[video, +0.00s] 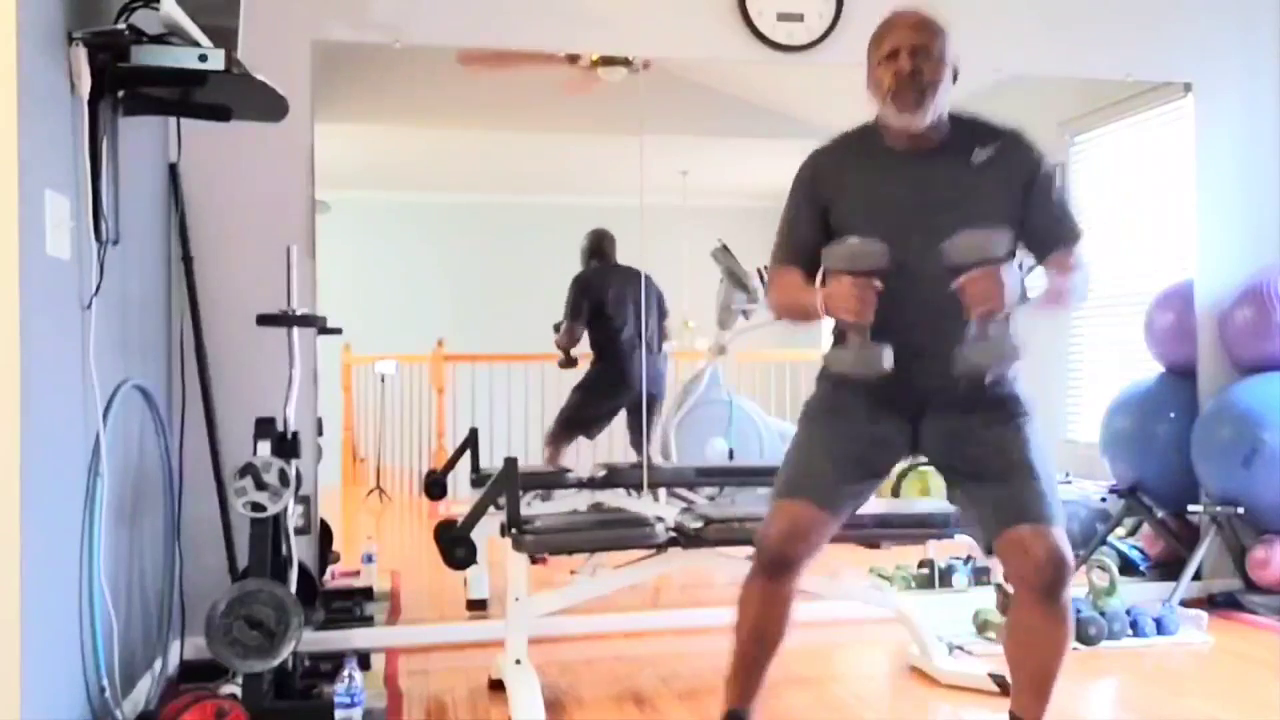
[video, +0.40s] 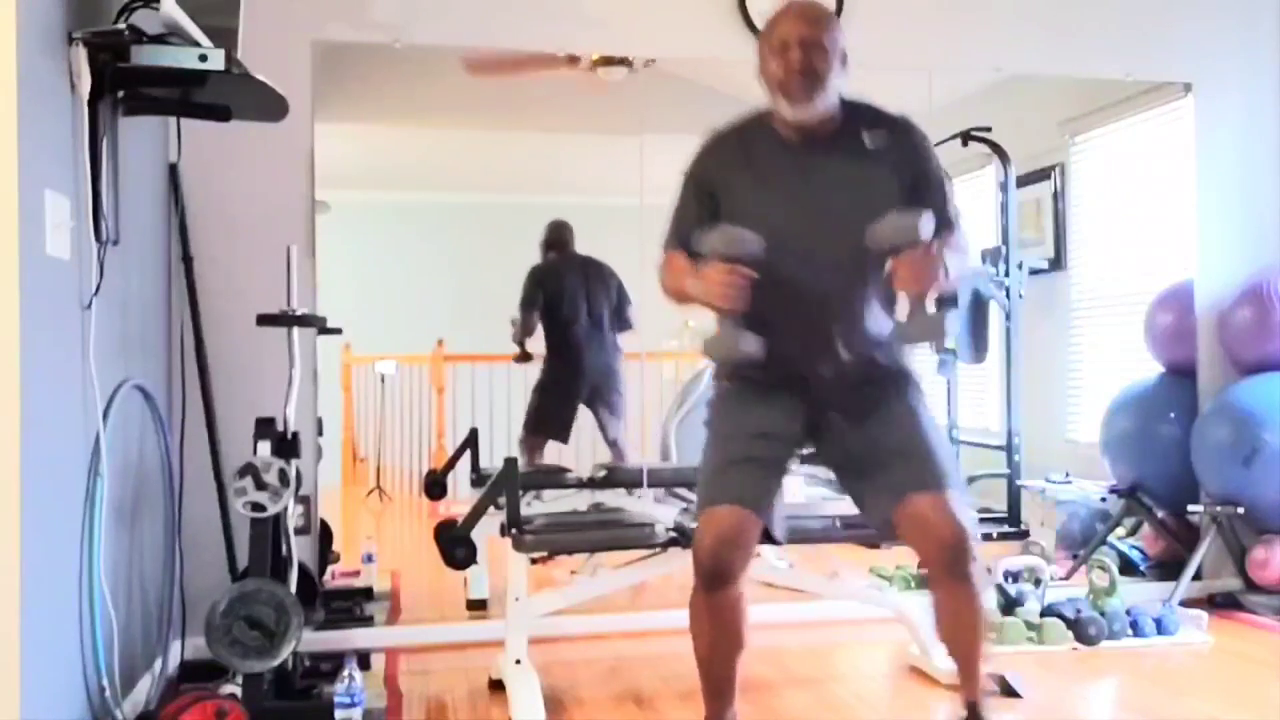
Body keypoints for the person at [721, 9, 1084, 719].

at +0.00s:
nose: (904, 66)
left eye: (921, 54)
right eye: (889, 56)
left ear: (951, 72)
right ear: (870, 76)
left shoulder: (1007, 157)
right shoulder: (828, 169)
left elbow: (1067, 272)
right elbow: (782, 289)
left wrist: (1018, 286)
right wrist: (822, 296)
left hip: (975, 399)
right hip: (859, 394)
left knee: (1045, 565)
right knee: (778, 547)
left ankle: (1027, 716)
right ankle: (736, 710)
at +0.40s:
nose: (796, 61)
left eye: (812, 46)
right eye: (781, 48)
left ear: (842, 56)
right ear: (760, 62)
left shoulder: (894, 142)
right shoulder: (726, 155)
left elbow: (955, 250)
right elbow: (674, 265)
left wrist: (934, 267)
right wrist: (702, 282)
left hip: (867, 376)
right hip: (758, 380)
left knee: (946, 538)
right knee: (717, 555)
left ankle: (975, 703)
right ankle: (718, 713)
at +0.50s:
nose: (777, 22)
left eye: (795, 6)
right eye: (760, 7)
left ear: (828, 14)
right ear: (740, 18)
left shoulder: (878, 111)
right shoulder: (704, 119)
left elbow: (920, 209)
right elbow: (657, 223)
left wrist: (931, 231)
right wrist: (659, 250)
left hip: (846, 356)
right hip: (735, 360)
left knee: (906, 529)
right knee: (713, 546)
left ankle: (878, 696)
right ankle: (718, 714)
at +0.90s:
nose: (745, 18)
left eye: (762, 3)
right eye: (730, 4)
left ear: (791, 14)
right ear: (712, 15)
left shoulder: (842, 110)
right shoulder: (667, 107)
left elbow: (891, 212)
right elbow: (603, 212)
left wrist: (875, 232)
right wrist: (632, 240)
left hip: (787, 364)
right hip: (676, 358)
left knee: (812, 544)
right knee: (632, 522)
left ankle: (803, 715)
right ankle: (656, 692)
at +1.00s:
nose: (732, 41)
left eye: (749, 26)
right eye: (717, 29)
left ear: (776, 39)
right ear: (698, 44)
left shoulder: (822, 137)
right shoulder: (654, 141)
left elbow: (879, 254)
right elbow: (596, 263)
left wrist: (847, 254)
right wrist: (655, 268)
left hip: (777, 382)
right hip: (666, 375)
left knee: (829, 553)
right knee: (596, 537)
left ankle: (806, 714)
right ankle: (569, 703)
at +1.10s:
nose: (711, 95)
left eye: (726, 83)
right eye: (696, 82)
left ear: (751, 98)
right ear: (674, 98)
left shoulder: (796, 186)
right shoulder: (631, 193)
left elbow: (842, 309)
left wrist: (806, 306)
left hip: (765, 418)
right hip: (653, 414)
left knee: (856, 566)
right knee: (562, 567)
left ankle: (810, 716)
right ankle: (522, 713)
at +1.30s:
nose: (649, 136)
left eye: (665, 122)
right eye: (634, 121)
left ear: (691, 135)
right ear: (612, 134)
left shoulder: (740, 218)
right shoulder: (570, 224)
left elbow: (792, 342)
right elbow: (516, 347)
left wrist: (765, 335)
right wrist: (583, 341)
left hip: (719, 437)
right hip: (602, 439)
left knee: (831, 569)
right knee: (521, 591)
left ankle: (805, 715)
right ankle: (514, 717)